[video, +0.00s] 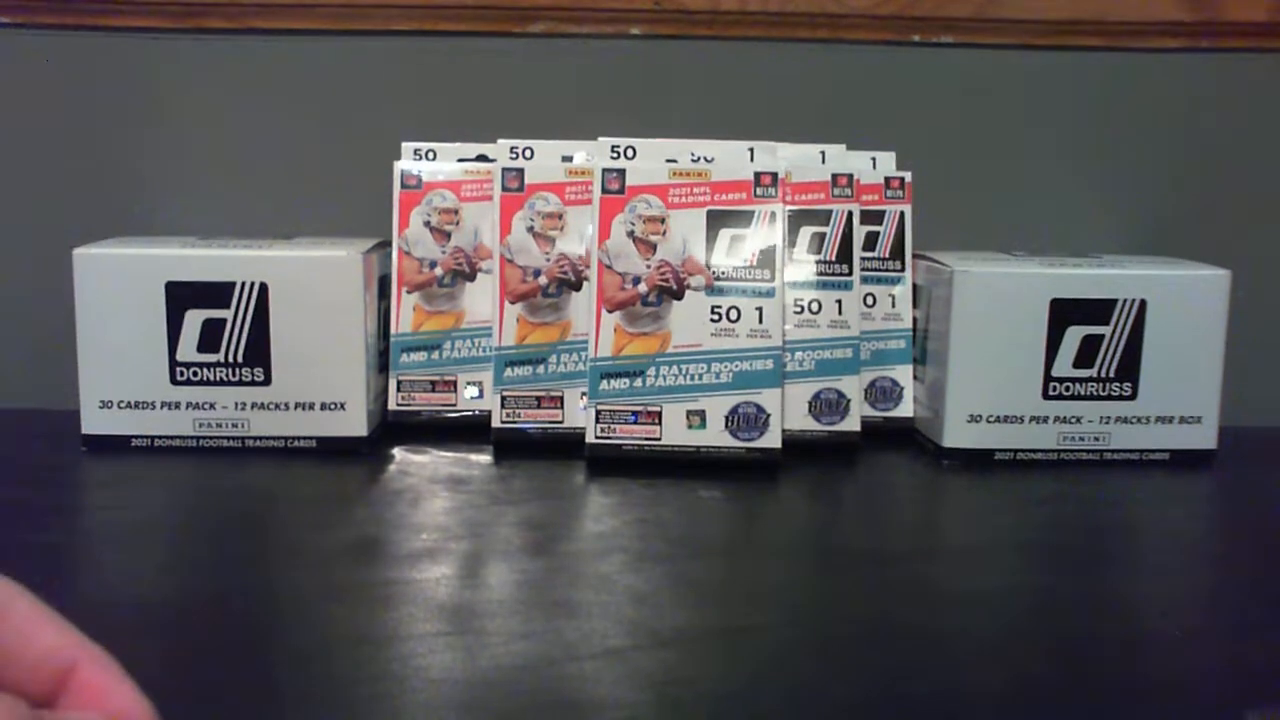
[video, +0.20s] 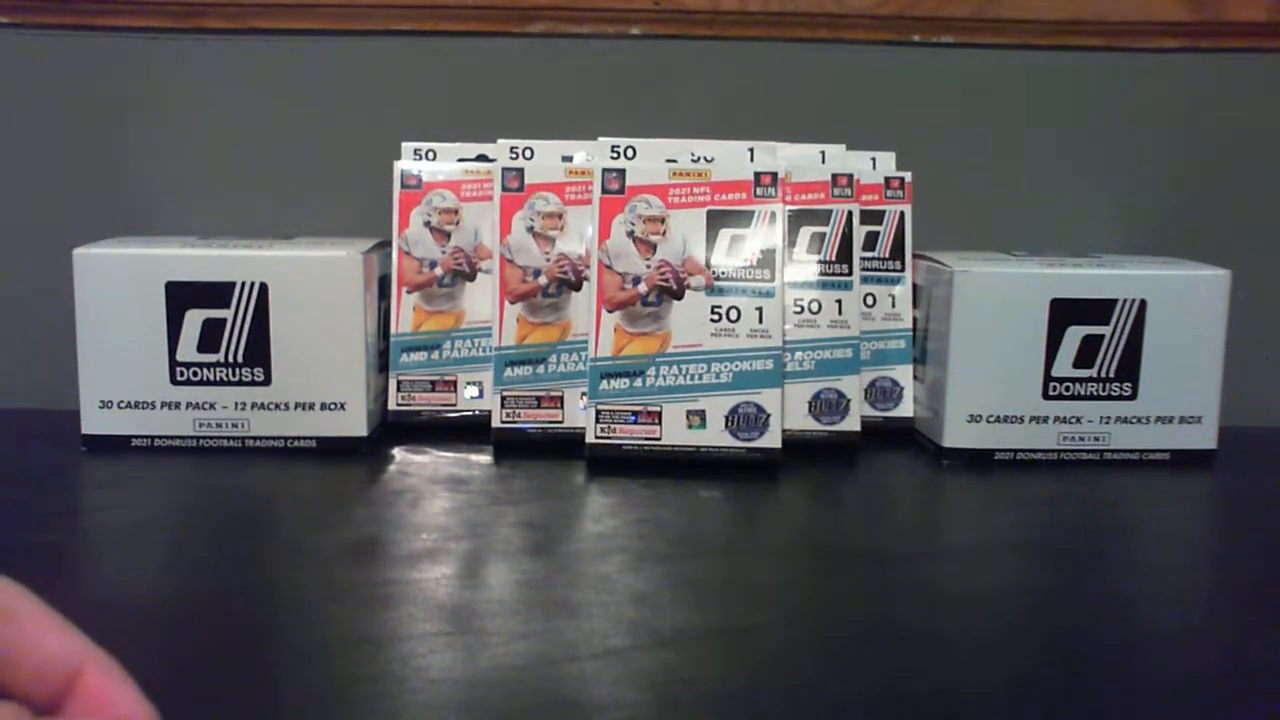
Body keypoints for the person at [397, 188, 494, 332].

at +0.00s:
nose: (451, 218)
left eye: (454, 213)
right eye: (446, 213)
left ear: (458, 214)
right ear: (431, 214)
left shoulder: (466, 236)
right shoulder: (413, 238)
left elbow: (492, 260)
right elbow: (410, 283)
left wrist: (475, 264)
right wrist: (441, 269)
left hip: (450, 312)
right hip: (422, 310)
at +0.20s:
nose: (451, 218)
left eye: (454, 213)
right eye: (445, 213)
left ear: (458, 214)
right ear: (430, 214)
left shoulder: (466, 235)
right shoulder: (413, 237)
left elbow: (492, 261)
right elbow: (410, 283)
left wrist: (473, 263)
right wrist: (441, 269)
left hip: (450, 312)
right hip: (422, 311)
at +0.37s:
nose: (451, 218)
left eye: (454, 213)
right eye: (445, 213)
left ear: (458, 214)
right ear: (430, 214)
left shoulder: (466, 236)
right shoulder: (414, 238)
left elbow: (492, 261)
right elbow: (410, 283)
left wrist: (473, 263)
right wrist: (441, 269)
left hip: (451, 312)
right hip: (422, 311)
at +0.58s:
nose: (451, 218)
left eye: (454, 213)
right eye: (445, 213)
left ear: (458, 214)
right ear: (430, 214)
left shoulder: (466, 235)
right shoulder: (413, 238)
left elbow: (492, 260)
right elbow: (410, 283)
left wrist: (473, 262)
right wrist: (441, 269)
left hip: (450, 312)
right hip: (422, 311)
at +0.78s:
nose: (451, 218)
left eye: (454, 213)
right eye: (445, 213)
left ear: (458, 214)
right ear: (430, 214)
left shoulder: (466, 235)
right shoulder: (413, 238)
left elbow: (493, 261)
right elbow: (410, 283)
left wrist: (473, 263)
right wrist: (441, 269)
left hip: (450, 312)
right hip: (422, 311)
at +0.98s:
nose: (451, 218)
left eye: (454, 213)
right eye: (445, 213)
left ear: (458, 214)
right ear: (430, 214)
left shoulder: (466, 235)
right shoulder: (413, 238)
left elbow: (494, 262)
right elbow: (410, 283)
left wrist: (472, 262)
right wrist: (441, 269)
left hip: (450, 312)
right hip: (422, 311)